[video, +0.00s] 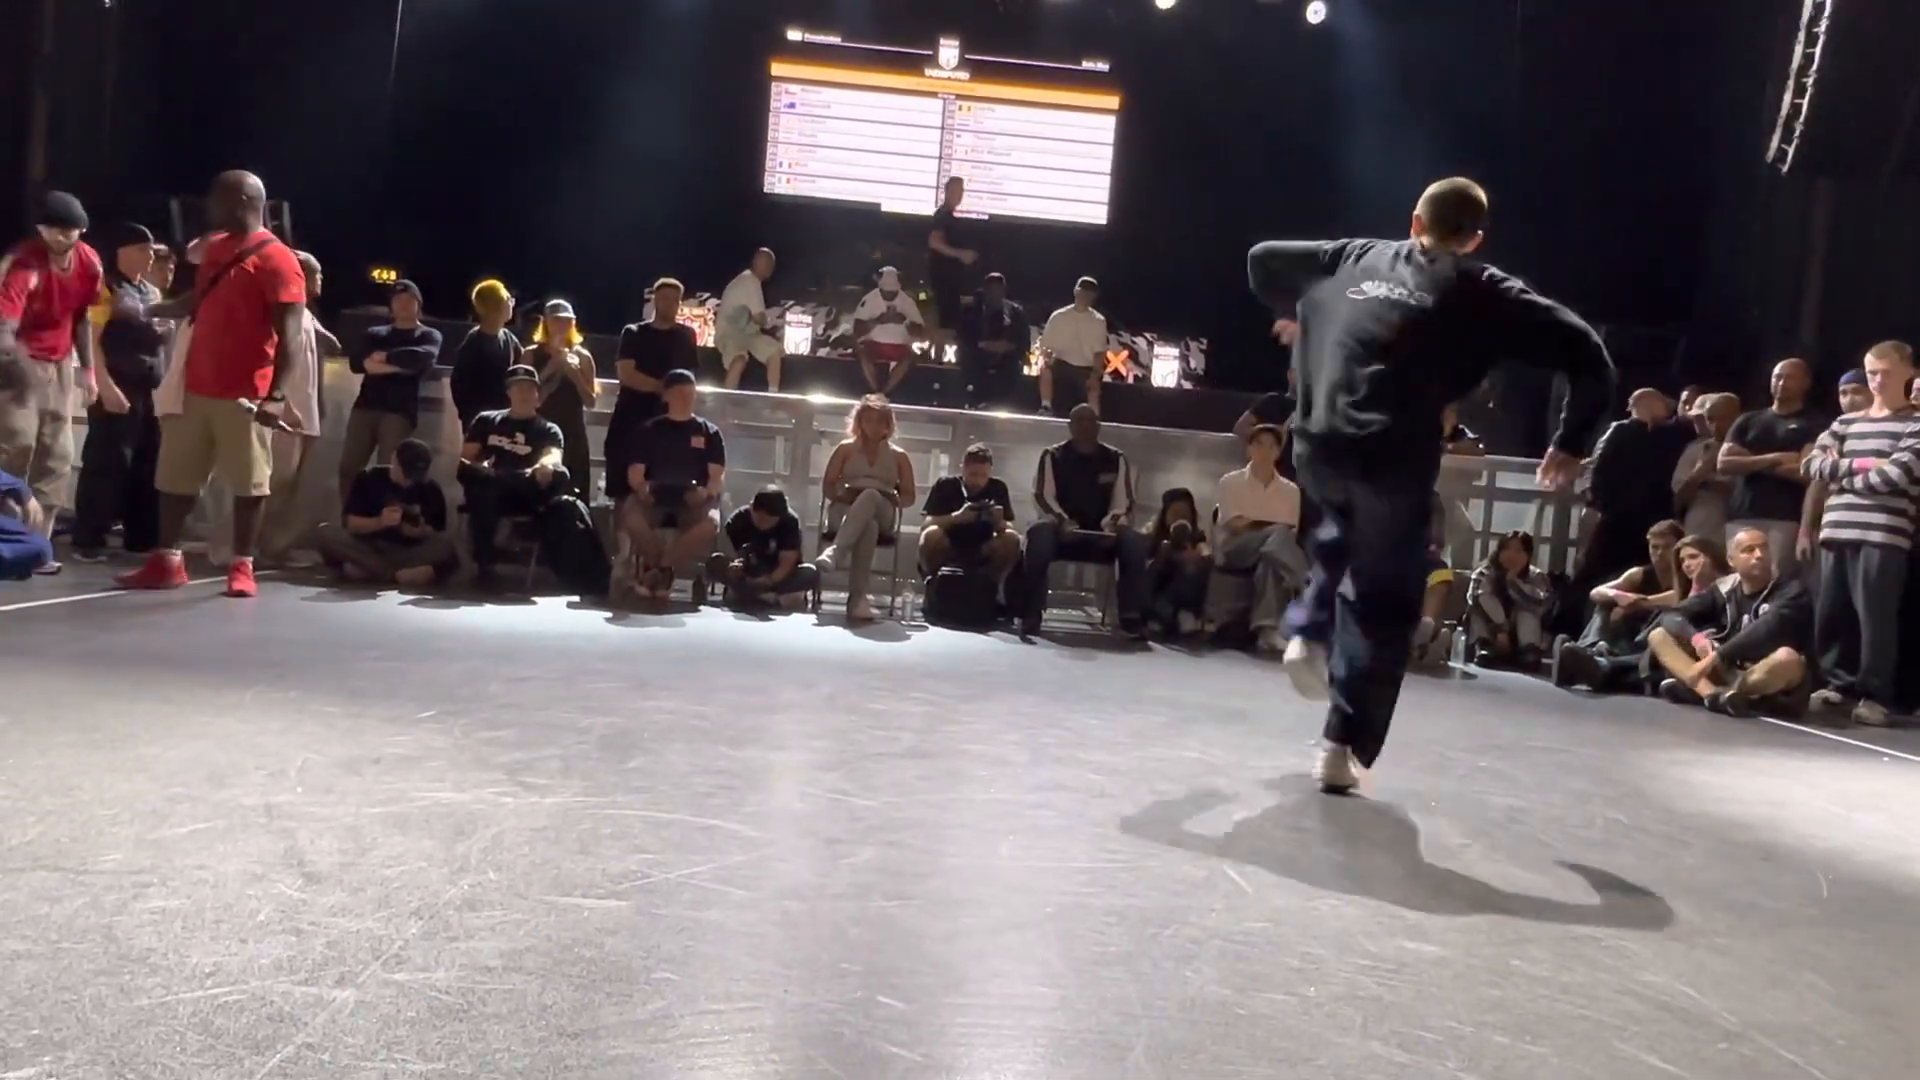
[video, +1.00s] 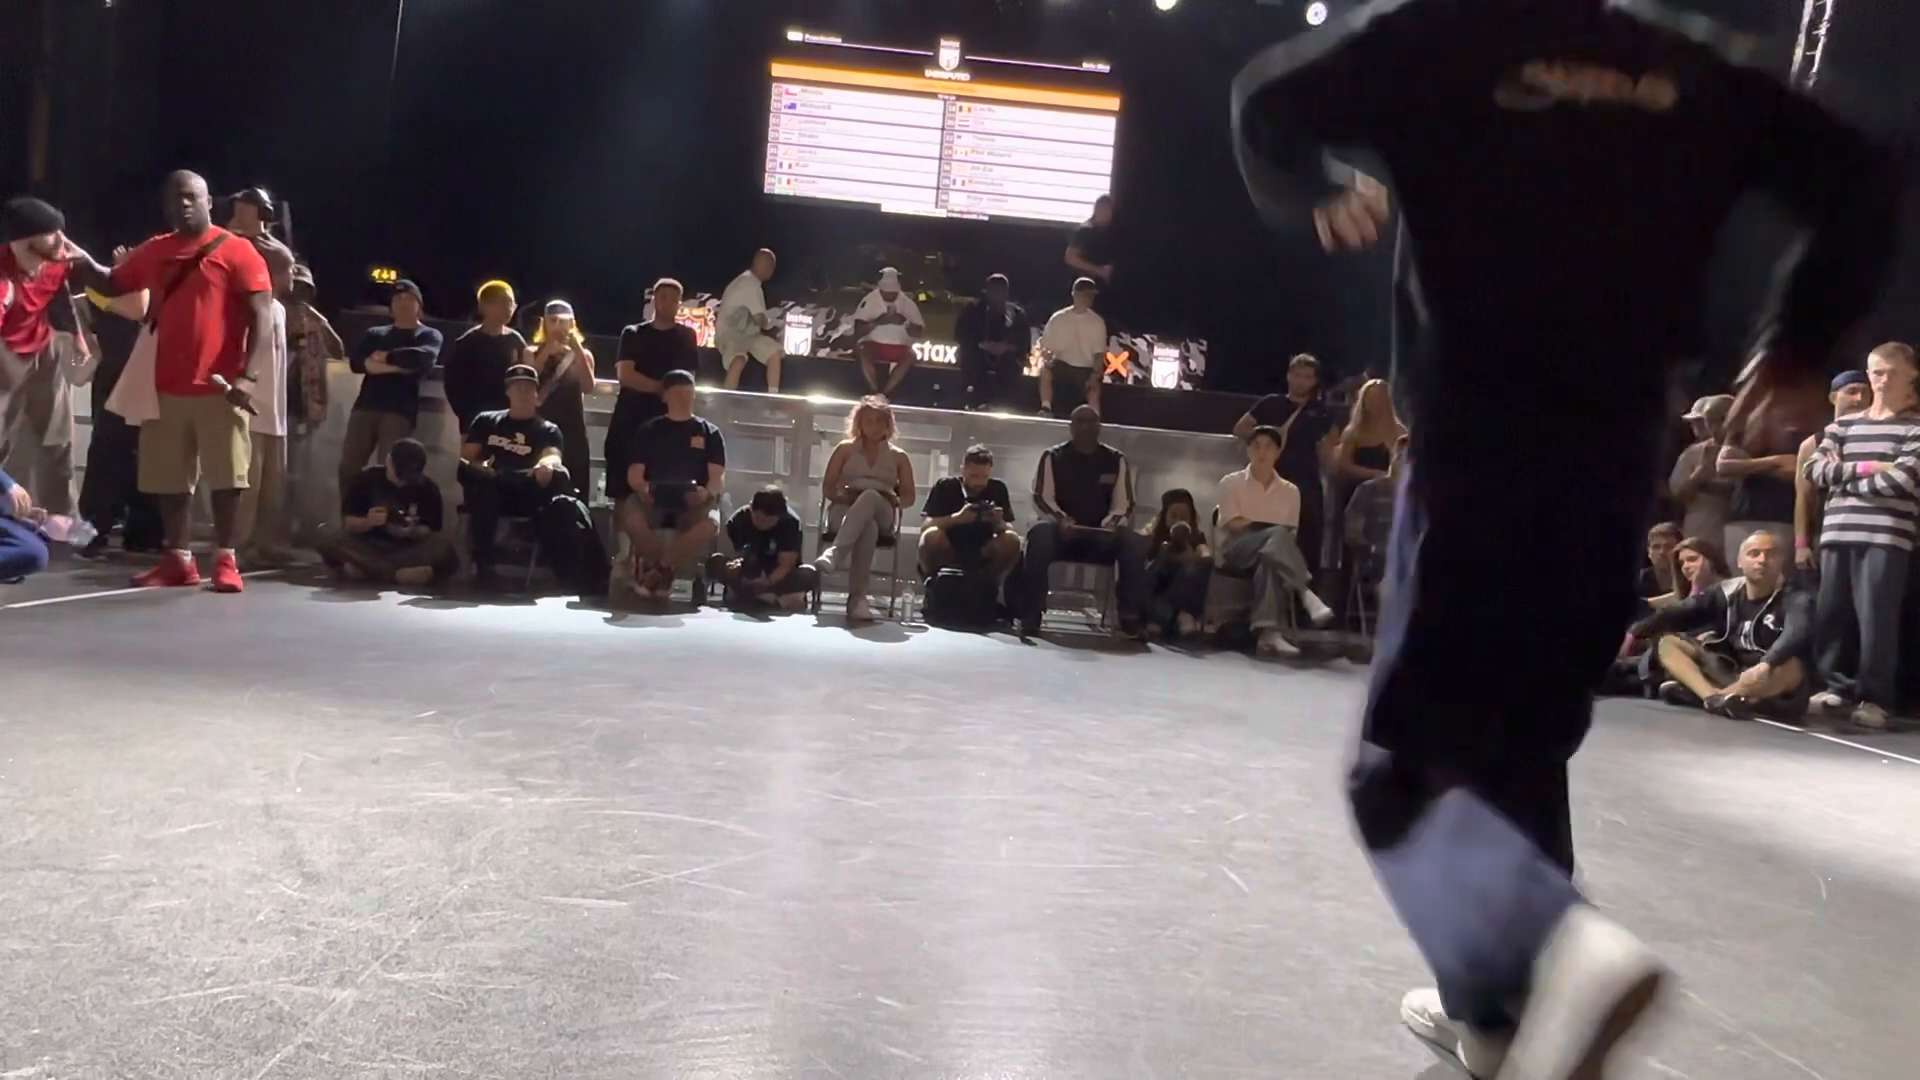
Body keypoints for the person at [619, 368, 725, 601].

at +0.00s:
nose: (686, 398)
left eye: (689, 392)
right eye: (679, 392)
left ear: (695, 395)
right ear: (666, 396)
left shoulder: (709, 432)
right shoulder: (648, 430)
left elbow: (716, 477)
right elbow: (635, 474)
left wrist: (705, 493)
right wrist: (645, 492)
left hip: (692, 491)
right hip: (655, 489)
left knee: (709, 524)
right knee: (631, 513)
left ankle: (657, 571)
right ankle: (661, 571)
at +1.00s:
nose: (684, 397)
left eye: (688, 391)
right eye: (678, 391)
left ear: (694, 395)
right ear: (665, 396)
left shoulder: (710, 432)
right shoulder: (647, 430)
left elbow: (716, 477)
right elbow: (635, 473)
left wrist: (707, 493)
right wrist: (646, 492)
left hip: (692, 494)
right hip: (655, 492)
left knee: (707, 526)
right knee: (632, 514)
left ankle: (659, 570)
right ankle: (661, 572)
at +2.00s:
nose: (680, 400)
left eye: (685, 394)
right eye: (675, 394)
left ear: (692, 397)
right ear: (665, 397)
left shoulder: (708, 437)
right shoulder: (647, 434)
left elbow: (715, 482)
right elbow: (633, 477)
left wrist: (704, 498)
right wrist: (644, 494)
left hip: (690, 499)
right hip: (654, 497)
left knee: (708, 530)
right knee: (630, 520)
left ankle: (659, 574)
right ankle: (662, 575)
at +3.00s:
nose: (659, 412)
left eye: (664, 407)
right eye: (654, 406)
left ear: (671, 409)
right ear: (644, 409)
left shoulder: (687, 447)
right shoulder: (625, 445)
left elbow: (695, 494)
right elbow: (613, 489)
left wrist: (679, 508)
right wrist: (628, 510)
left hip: (670, 509)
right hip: (633, 508)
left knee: (689, 537)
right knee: (608, 527)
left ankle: (642, 581)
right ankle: (639, 584)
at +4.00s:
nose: (661, 433)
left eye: (665, 427)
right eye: (655, 428)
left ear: (672, 431)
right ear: (645, 431)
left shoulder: (689, 467)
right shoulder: (628, 467)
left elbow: (698, 512)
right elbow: (616, 510)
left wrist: (687, 527)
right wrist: (628, 527)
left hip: (673, 528)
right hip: (637, 528)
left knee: (693, 558)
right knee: (613, 551)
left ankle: (647, 607)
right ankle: (648, 606)